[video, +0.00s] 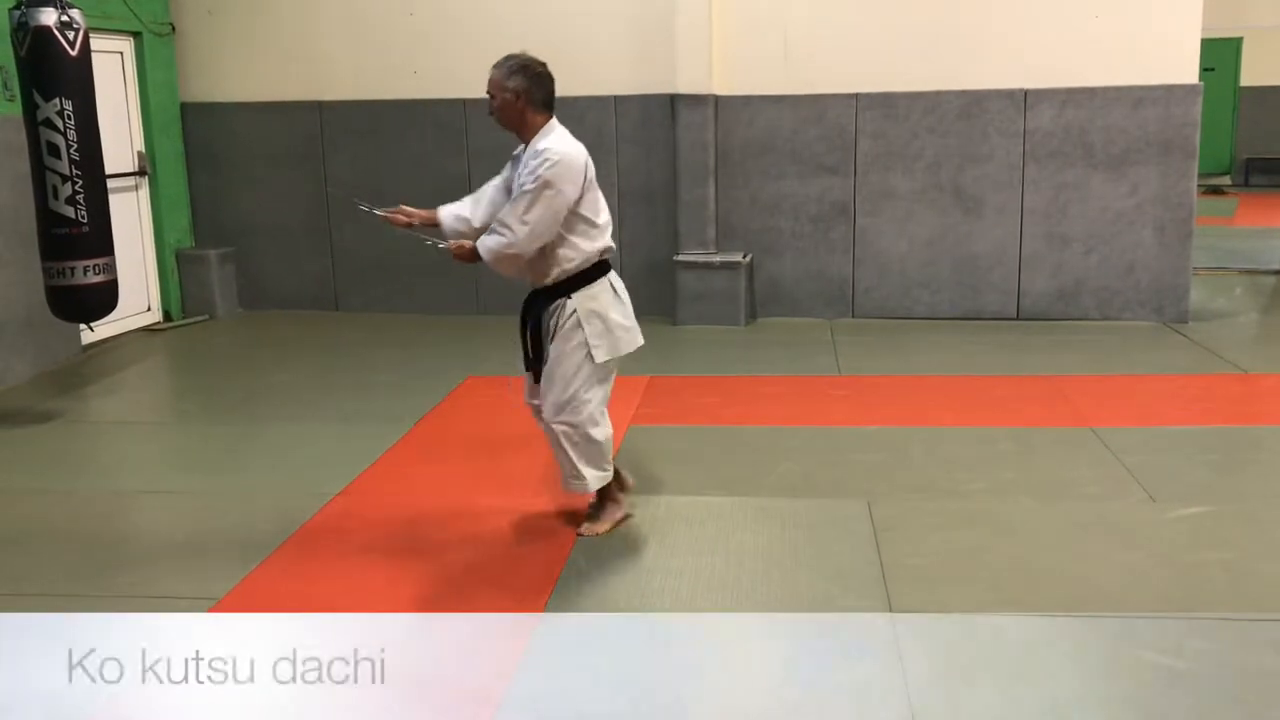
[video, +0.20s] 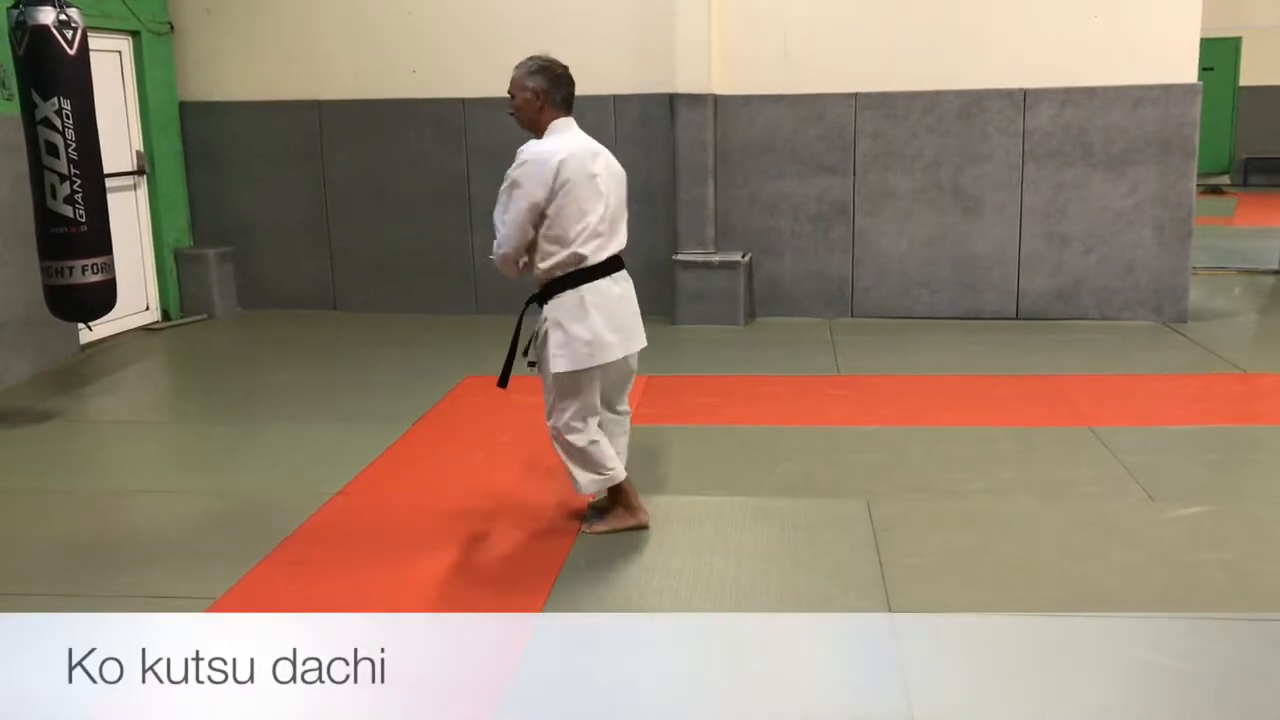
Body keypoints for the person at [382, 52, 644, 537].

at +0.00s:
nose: (488, 105)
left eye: (494, 97)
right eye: (489, 96)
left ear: (521, 99)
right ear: (522, 100)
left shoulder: (558, 156)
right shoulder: (528, 154)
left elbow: (522, 238)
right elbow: (485, 203)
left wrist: (479, 248)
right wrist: (427, 218)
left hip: (582, 299)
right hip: (551, 299)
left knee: (568, 407)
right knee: (542, 399)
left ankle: (610, 498)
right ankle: (607, 475)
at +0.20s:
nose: (509, 106)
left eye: (515, 96)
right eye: (509, 96)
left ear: (540, 98)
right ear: (556, 100)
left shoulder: (538, 157)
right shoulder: (602, 155)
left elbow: (507, 250)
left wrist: (526, 265)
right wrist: (543, 259)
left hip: (574, 311)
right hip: (619, 300)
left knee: (570, 418)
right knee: (613, 408)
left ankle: (627, 506)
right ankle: (612, 494)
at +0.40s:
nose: (525, 106)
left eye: (529, 96)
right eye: (525, 96)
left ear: (547, 96)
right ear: (577, 99)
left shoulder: (521, 157)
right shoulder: (624, 154)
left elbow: (517, 229)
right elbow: (647, 234)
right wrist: (653, 282)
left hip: (550, 304)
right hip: (612, 299)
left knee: (527, 402)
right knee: (620, 402)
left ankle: (586, 478)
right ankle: (622, 496)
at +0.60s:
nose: (533, 111)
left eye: (535, 104)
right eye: (535, 104)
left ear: (546, 107)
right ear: (585, 113)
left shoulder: (519, 163)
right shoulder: (616, 166)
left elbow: (532, 236)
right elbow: (642, 244)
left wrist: (605, 265)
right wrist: (679, 291)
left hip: (523, 303)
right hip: (588, 306)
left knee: (476, 394)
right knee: (614, 398)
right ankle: (617, 495)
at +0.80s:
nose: (513, 127)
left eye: (515, 121)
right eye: (516, 121)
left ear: (522, 125)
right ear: (563, 131)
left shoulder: (491, 177)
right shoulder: (584, 184)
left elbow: (509, 244)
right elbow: (601, 262)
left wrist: (575, 273)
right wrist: (644, 304)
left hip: (487, 311)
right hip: (552, 316)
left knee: (433, 404)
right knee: (599, 399)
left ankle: (380, 508)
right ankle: (616, 497)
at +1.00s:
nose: (454, 134)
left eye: (457, 126)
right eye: (455, 125)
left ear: (470, 131)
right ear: (503, 132)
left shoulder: (445, 183)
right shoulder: (542, 185)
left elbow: (434, 256)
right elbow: (572, 255)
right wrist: (569, 303)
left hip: (479, 332)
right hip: (537, 325)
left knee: (415, 405)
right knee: (564, 411)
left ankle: (378, 512)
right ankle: (610, 496)